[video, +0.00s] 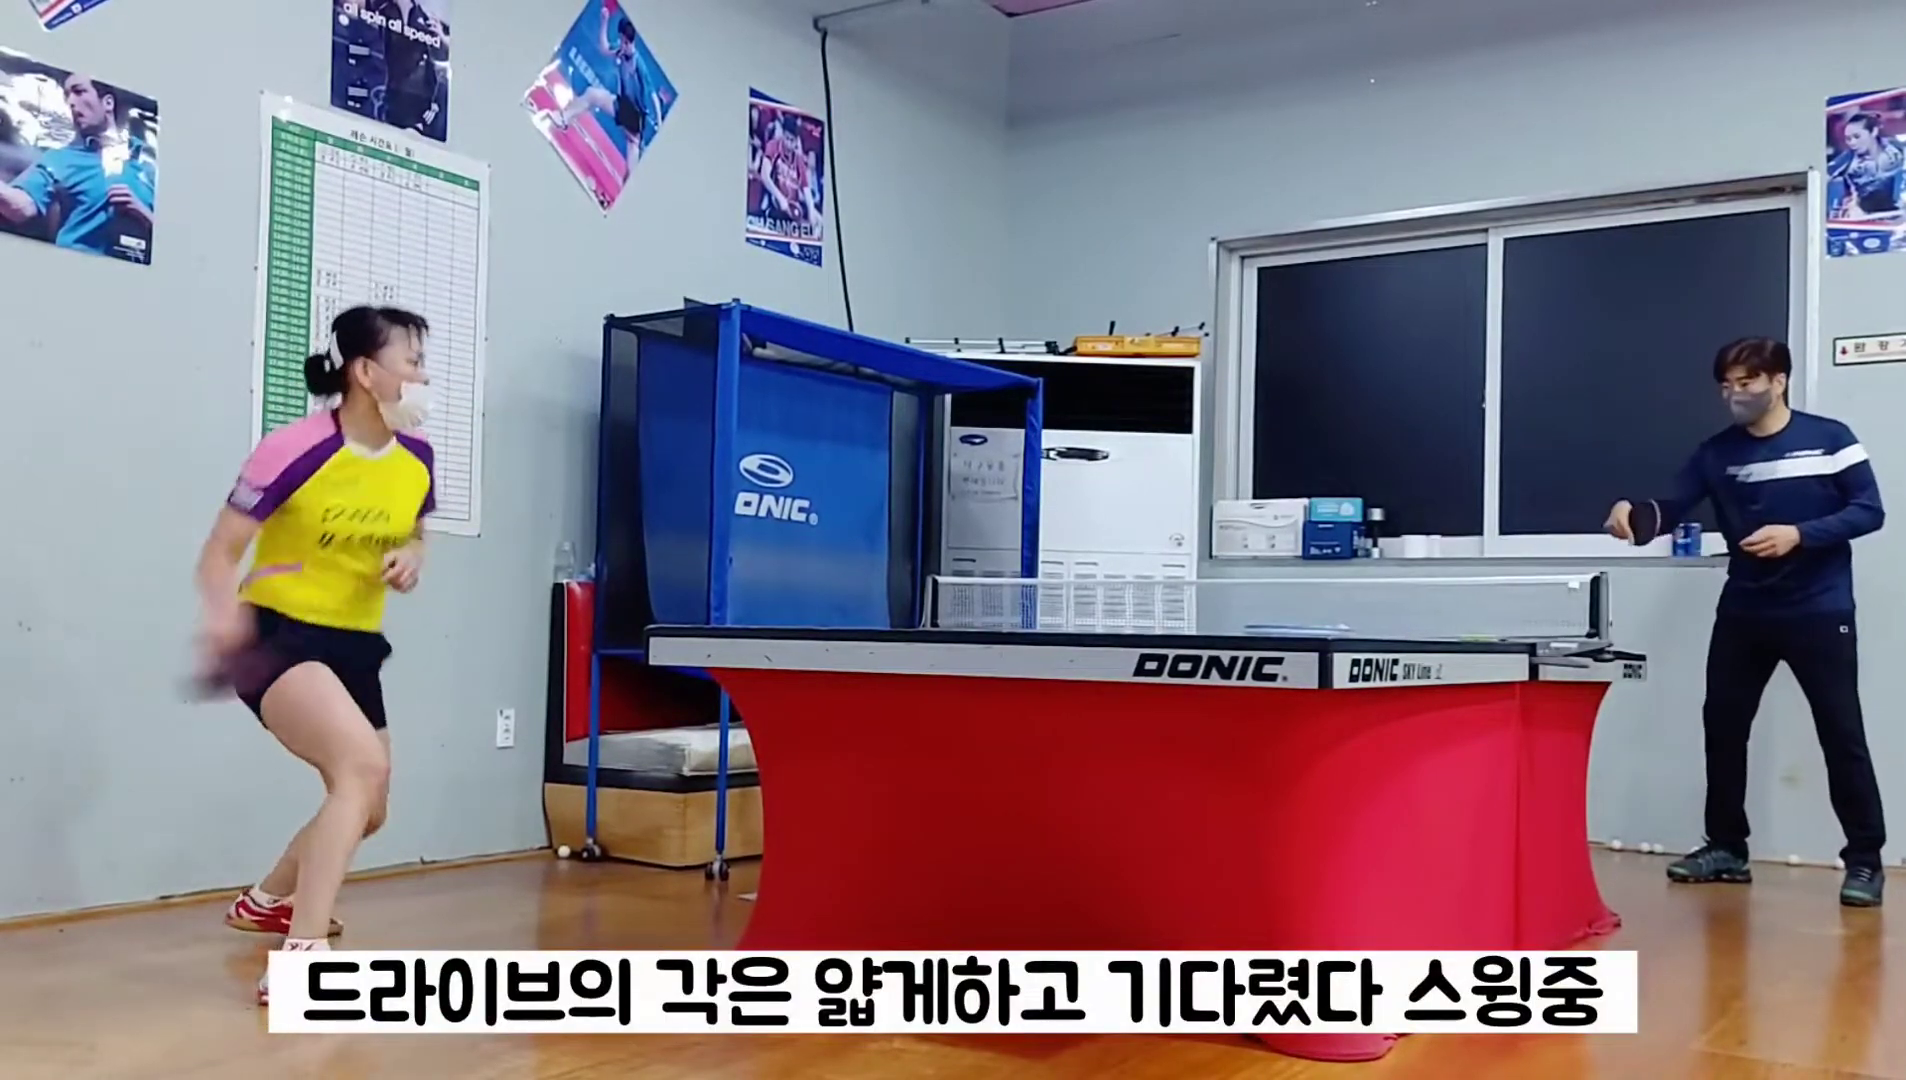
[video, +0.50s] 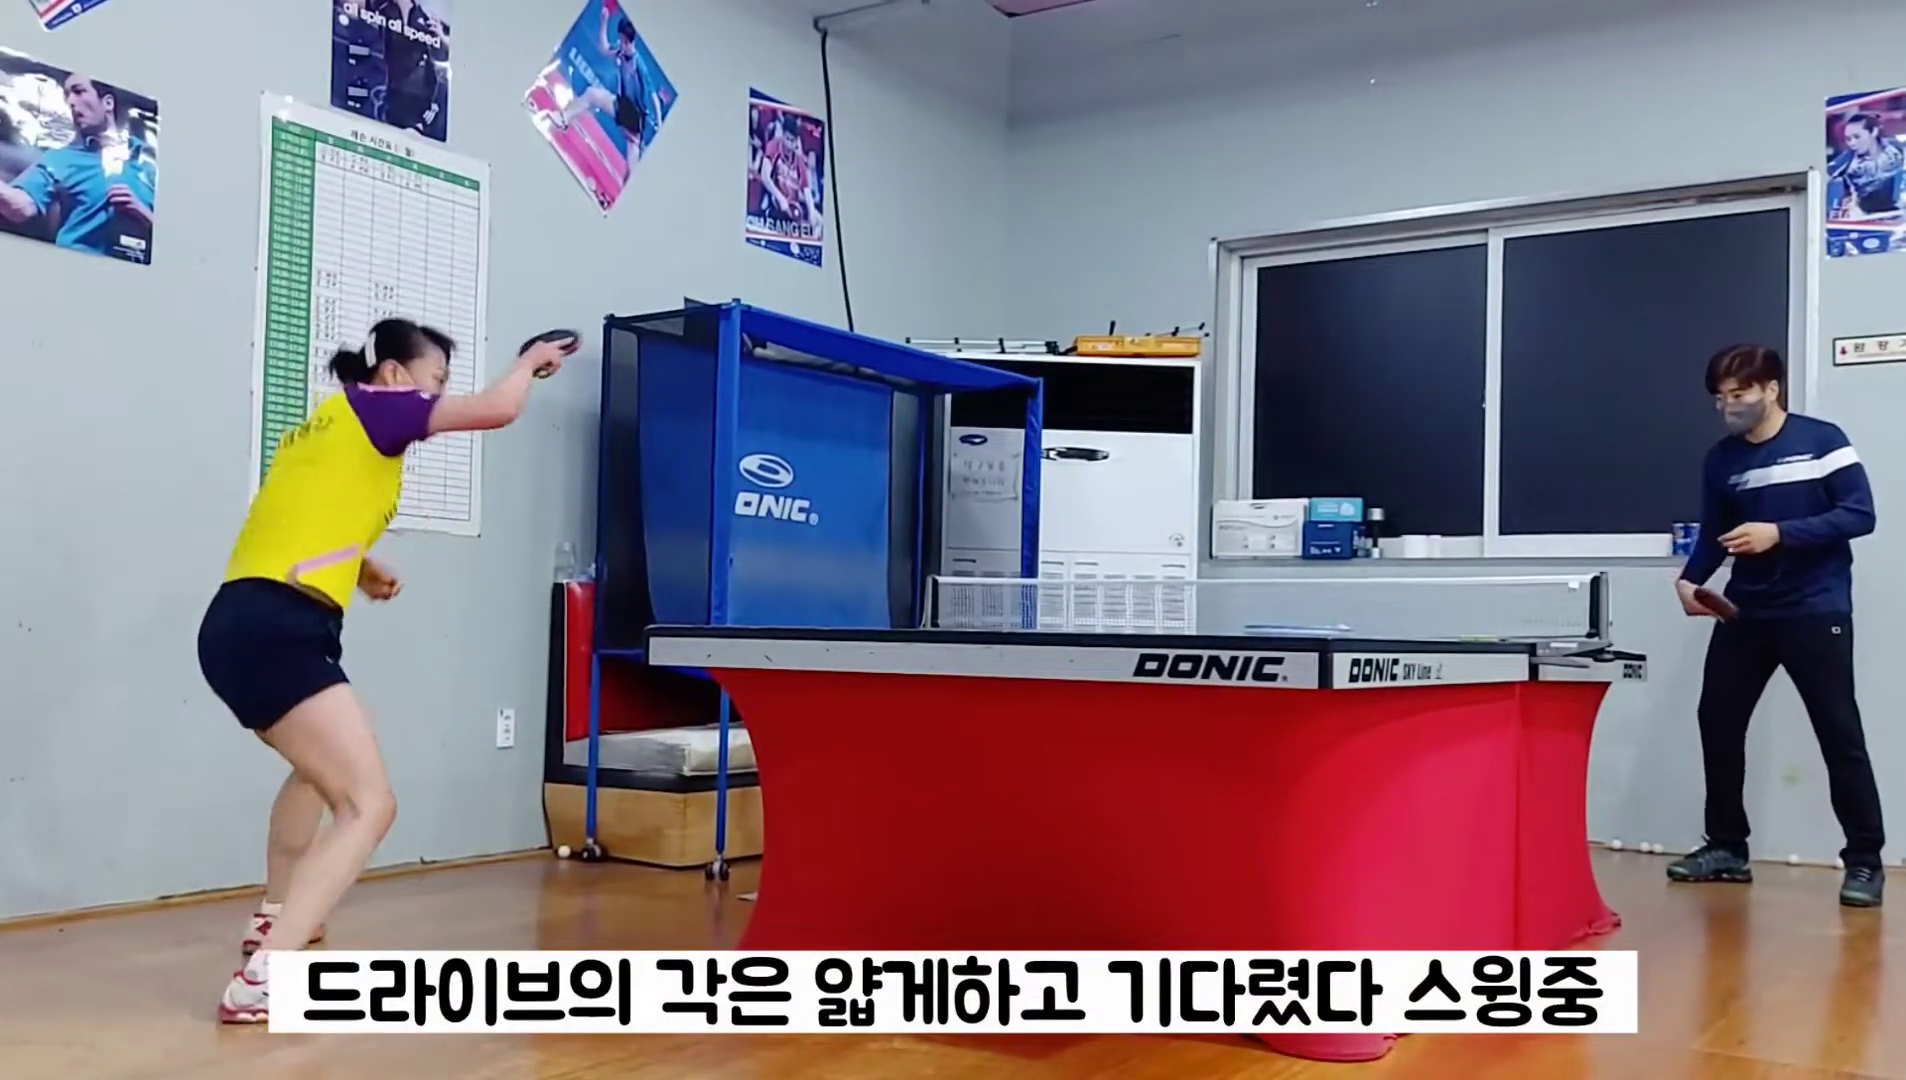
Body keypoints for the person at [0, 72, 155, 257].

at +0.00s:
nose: (71, 102)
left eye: (80, 91)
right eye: (67, 96)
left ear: (109, 103)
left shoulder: (149, 161)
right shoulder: (60, 159)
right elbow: (20, 208)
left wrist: (143, 212)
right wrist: (4, 191)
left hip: (134, 270)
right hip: (74, 262)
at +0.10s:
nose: (70, 101)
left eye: (79, 91)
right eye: (67, 96)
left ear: (108, 103)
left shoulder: (149, 160)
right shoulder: (60, 159)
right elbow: (20, 208)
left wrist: (142, 212)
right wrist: (4, 192)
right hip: (74, 262)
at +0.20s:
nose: (71, 101)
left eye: (80, 91)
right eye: (67, 96)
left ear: (108, 103)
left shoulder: (149, 161)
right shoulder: (60, 159)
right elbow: (20, 208)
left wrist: (142, 212)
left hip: (134, 270)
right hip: (74, 261)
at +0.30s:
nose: (71, 101)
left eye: (80, 91)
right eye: (67, 96)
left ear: (108, 103)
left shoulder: (149, 161)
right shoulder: (60, 159)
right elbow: (20, 208)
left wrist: (142, 212)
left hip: (134, 270)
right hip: (75, 261)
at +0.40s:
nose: (70, 101)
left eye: (79, 91)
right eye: (67, 95)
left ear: (108, 103)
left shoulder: (149, 162)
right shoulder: (60, 159)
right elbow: (20, 207)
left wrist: (143, 212)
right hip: (75, 262)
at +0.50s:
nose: (70, 101)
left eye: (79, 91)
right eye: (67, 95)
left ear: (108, 103)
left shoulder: (149, 162)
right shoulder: (60, 159)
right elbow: (20, 207)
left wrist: (143, 213)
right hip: (75, 261)